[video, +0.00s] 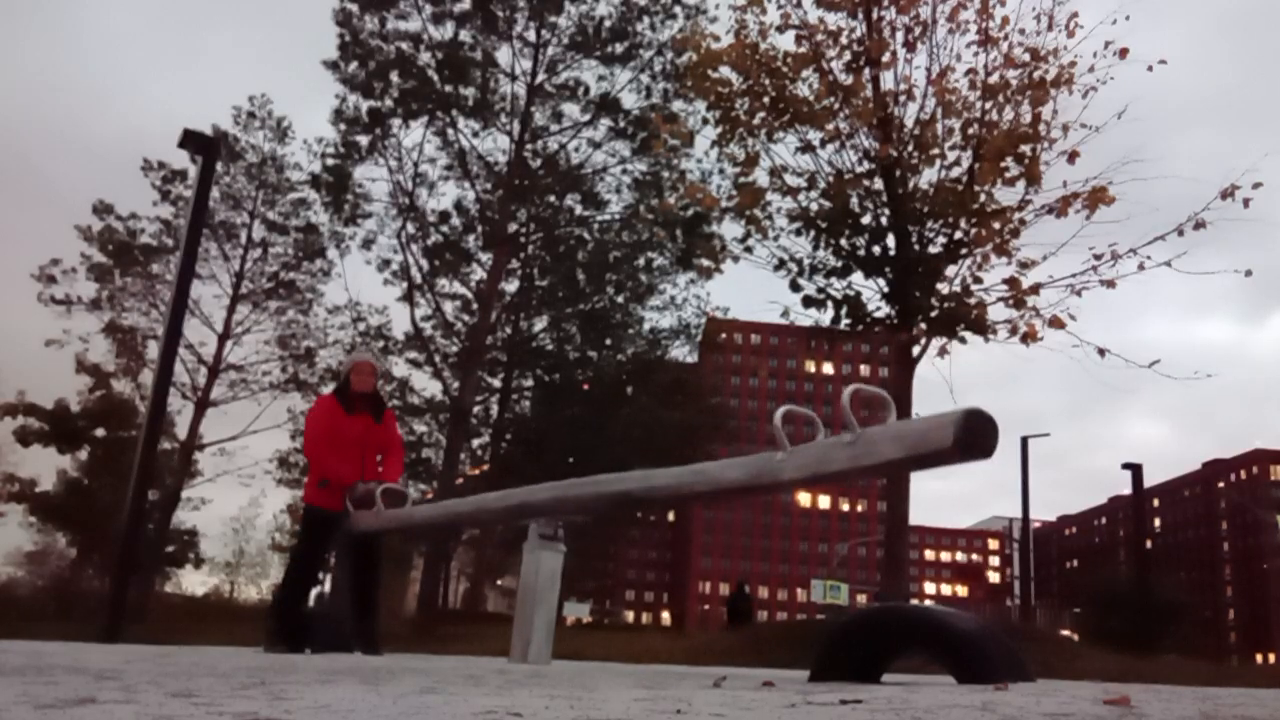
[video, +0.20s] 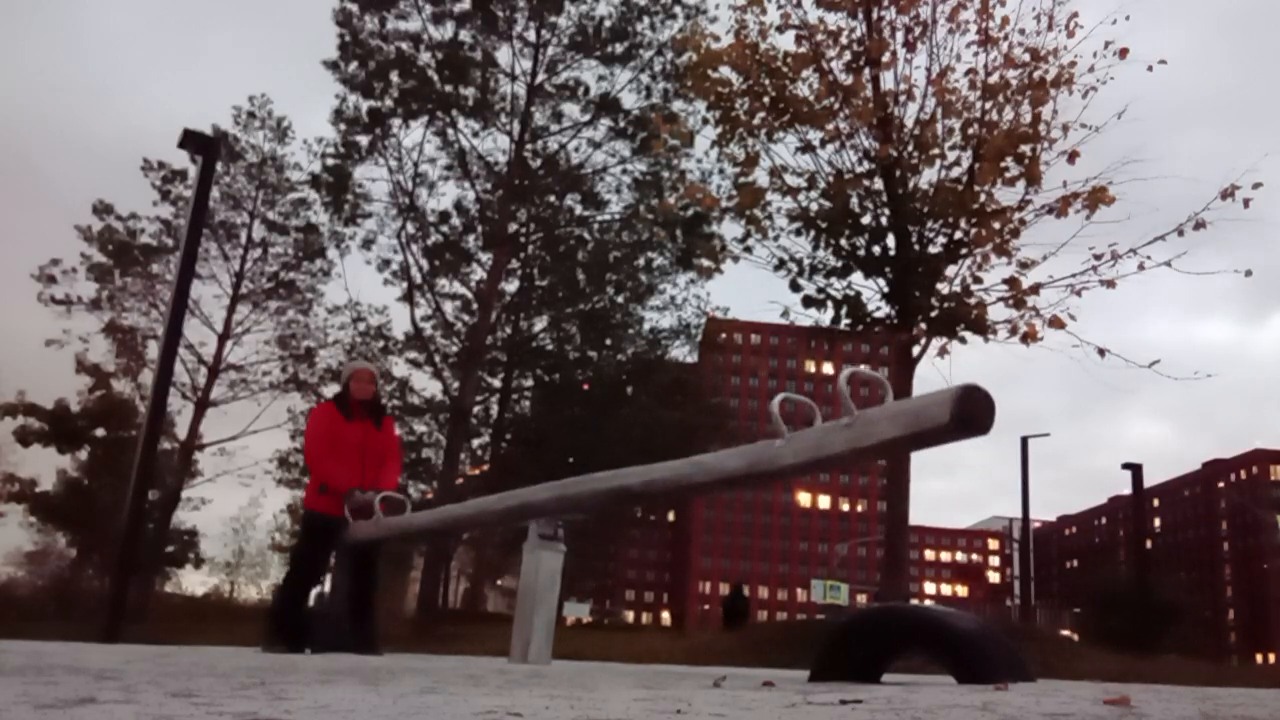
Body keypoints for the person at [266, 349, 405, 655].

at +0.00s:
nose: (365, 379)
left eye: (370, 374)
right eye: (359, 373)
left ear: (377, 380)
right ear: (347, 377)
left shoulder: (383, 415)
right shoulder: (326, 407)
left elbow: (394, 452)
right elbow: (316, 451)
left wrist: (390, 483)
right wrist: (347, 482)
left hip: (365, 510)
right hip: (324, 505)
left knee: (366, 576)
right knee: (304, 569)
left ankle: (365, 639)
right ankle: (282, 635)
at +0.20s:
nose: (364, 386)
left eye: (370, 381)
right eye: (358, 380)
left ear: (377, 387)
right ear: (346, 384)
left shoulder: (384, 423)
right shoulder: (324, 414)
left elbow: (392, 463)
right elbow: (317, 459)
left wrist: (384, 491)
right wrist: (345, 489)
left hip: (366, 516)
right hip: (325, 511)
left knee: (363, 582)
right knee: (304, 574)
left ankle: (362, 645)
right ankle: (281, 638)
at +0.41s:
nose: (362, 391)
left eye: (367, 386)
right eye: (356, 385)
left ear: (374, 392)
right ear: (345, 388)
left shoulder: (379, 426)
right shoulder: (323, 415)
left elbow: (387, 464)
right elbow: (316, 456)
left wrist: (381, 493)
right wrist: (344, 488)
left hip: (360, 514)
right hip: (322, 510)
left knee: (358, 580)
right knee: (304, 573)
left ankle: (359, 641)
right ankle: (281, 636)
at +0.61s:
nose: (357, 394)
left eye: (362, 389)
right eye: (351, 388)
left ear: (369, 395)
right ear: (340, 392)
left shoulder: (373, 429)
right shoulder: (319, 418)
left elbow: (382, 466)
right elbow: (315, 458)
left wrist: (380, 490)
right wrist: (345, 484)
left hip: (359, 513)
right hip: (321, 509)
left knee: (359, 578)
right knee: (302, 573)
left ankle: (359, 640)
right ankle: (282, 636)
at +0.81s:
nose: (349, 395)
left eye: (355, 391)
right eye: (344, 390)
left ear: (363, 397)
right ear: (333, 393)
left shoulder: (369, 432)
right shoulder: (316, 419)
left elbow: (381, 468)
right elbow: (313, 456)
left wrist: (378, 490)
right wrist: (343, 482)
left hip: (358, 514)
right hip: (320, 509)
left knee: (358, 579)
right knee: (302, 574)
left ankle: (360, 641)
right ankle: (281, 637)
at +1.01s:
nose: (345, 394)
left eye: (351, 390)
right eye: (339, 388)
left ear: (358, 396)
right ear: (328, 393)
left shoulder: (367, 429)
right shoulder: (313, 420)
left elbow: (379, 465)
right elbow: (311, 456)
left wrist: (377, 490)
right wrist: (340, 483)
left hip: (357, 515)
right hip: (319, 510)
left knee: (358, 578)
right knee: (301, 573)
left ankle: (360, 640)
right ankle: (281, 637)